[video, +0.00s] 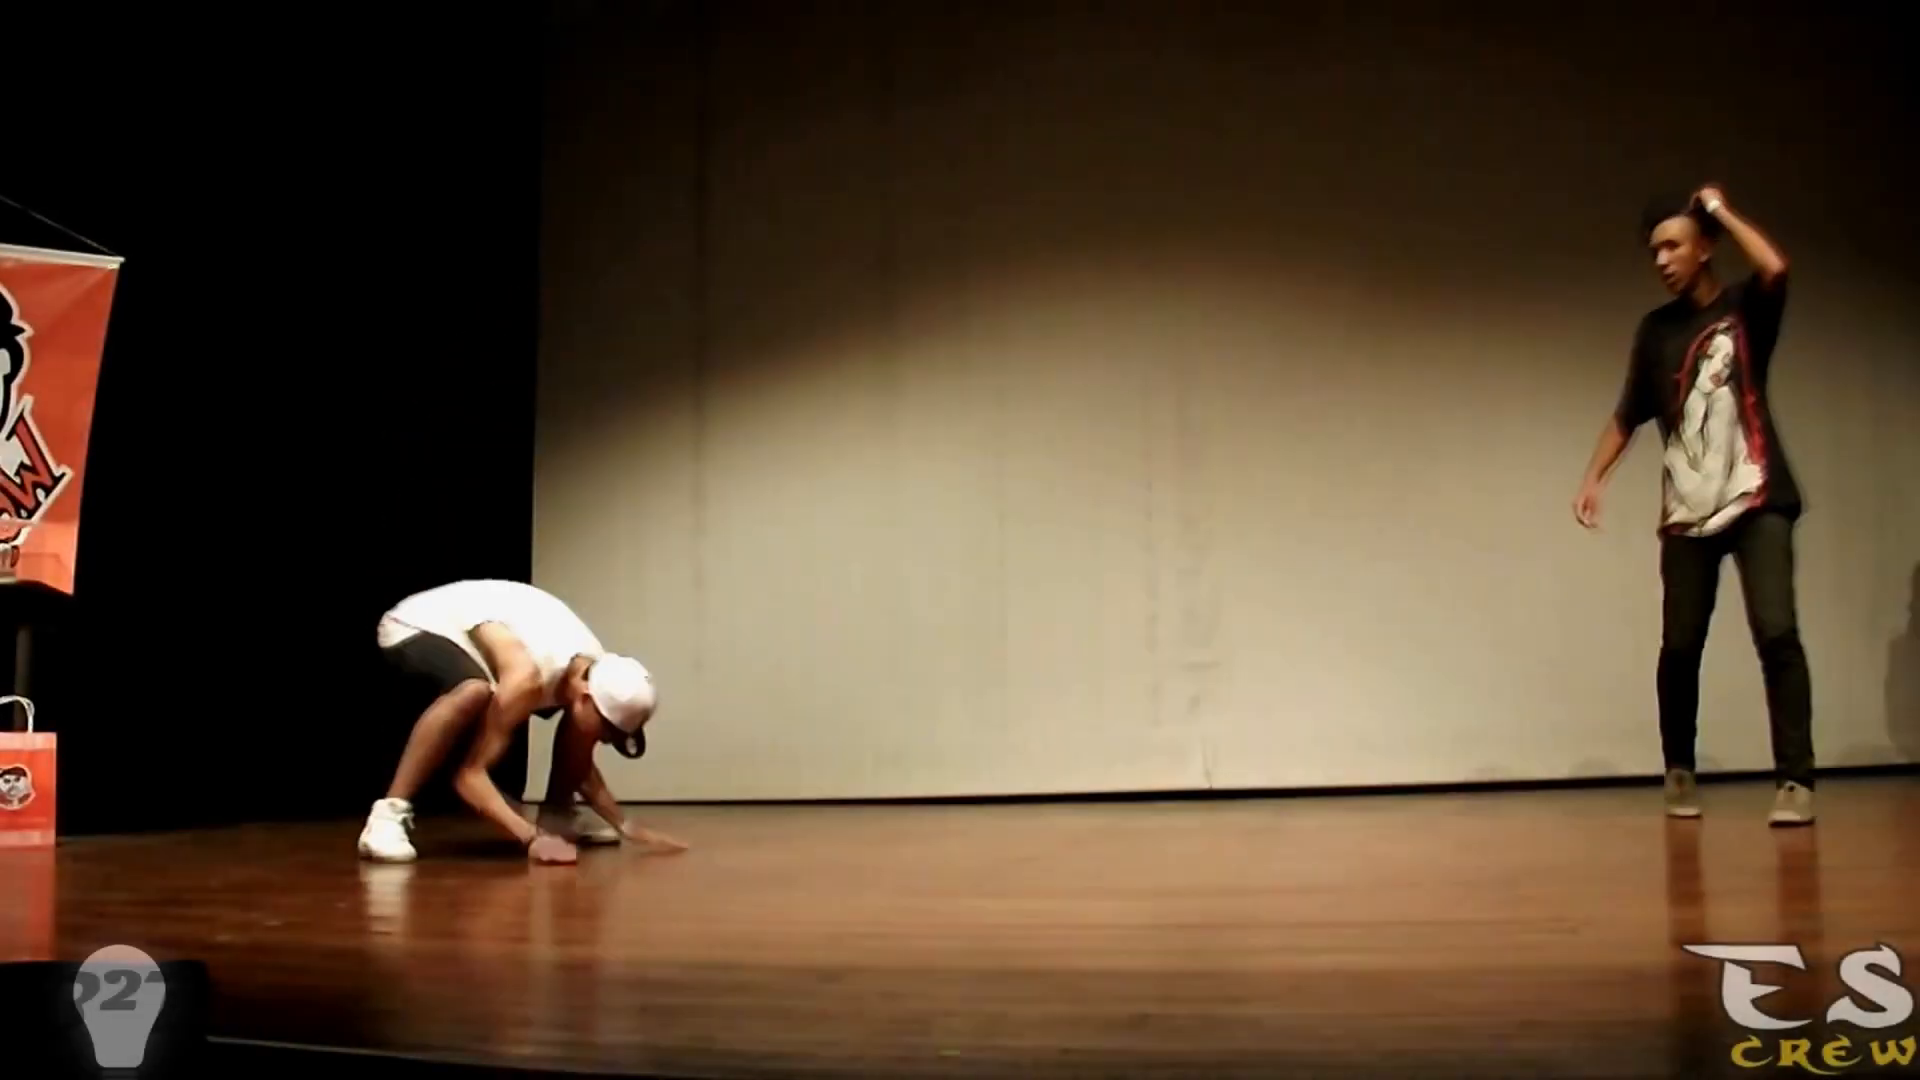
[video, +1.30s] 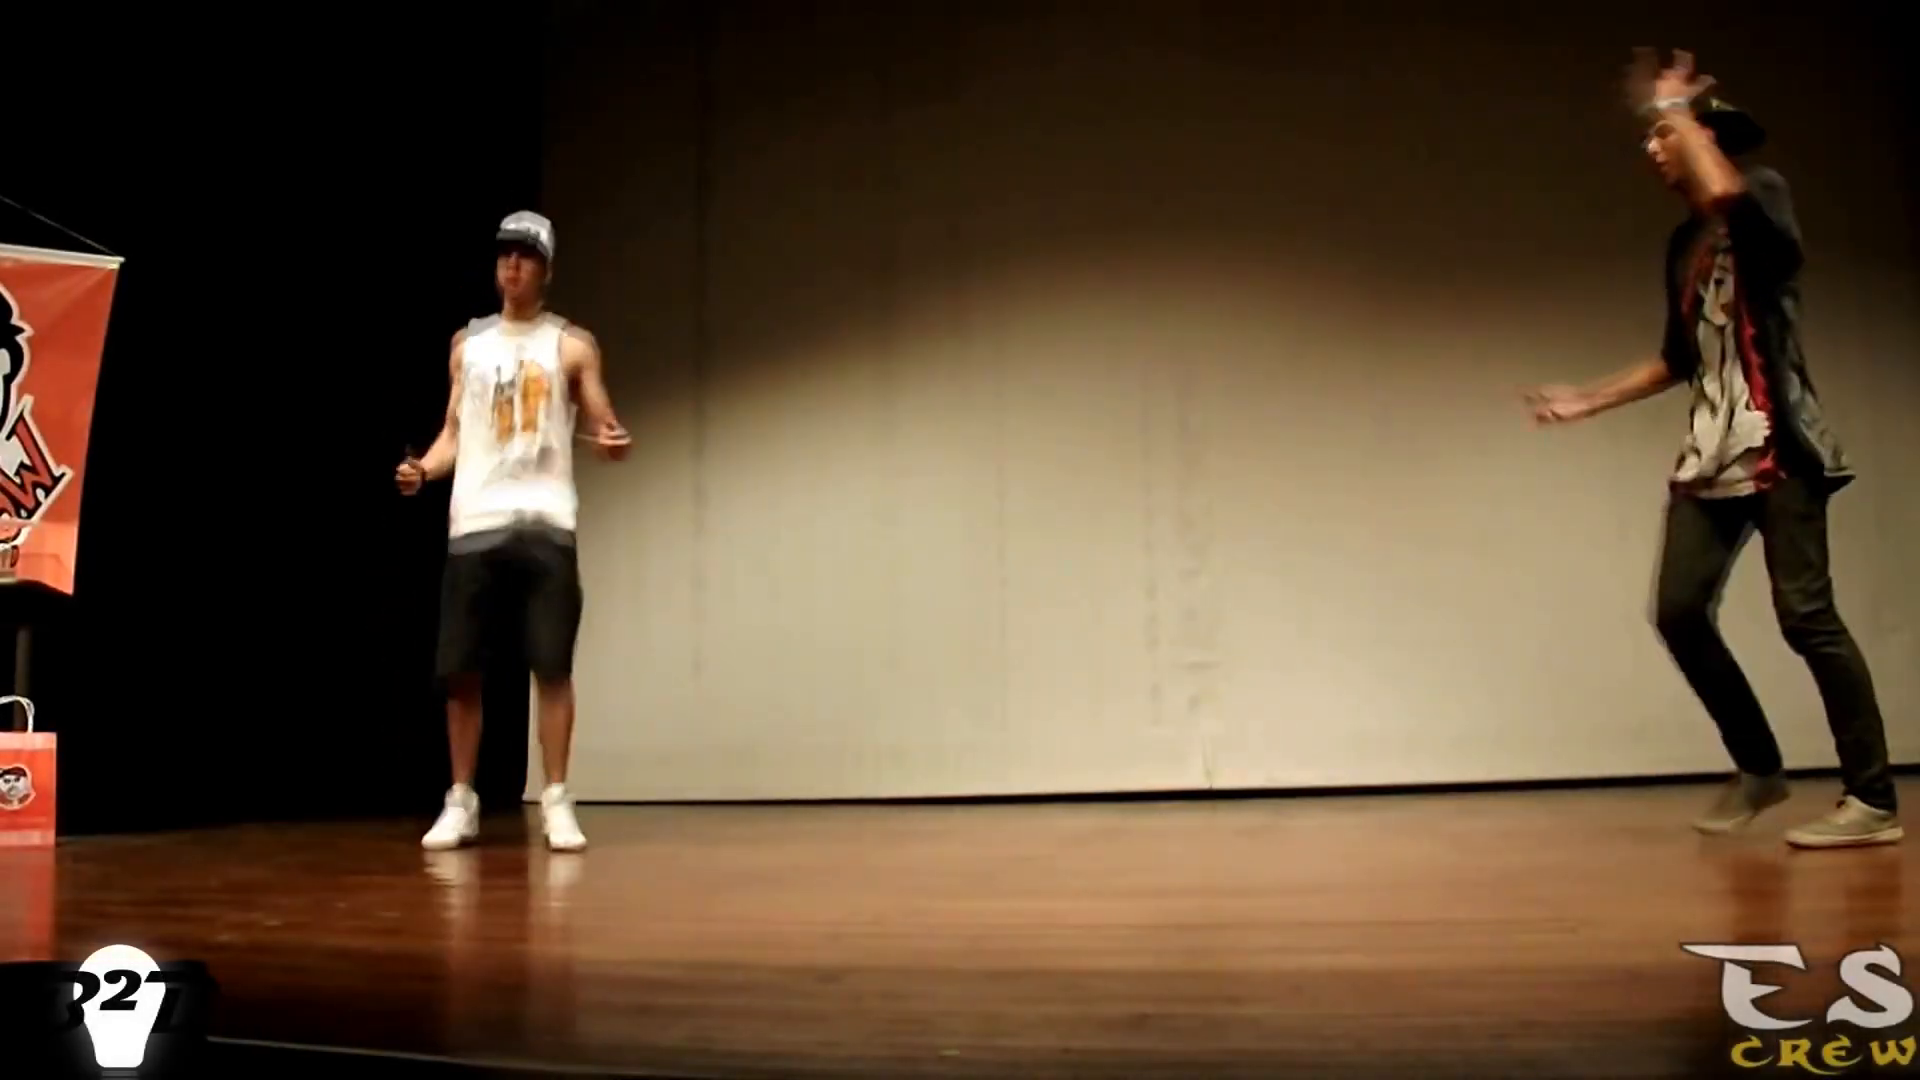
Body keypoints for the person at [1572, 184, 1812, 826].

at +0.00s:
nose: (1660, 259)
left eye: (1670, 246)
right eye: (1655, 250)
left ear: (1706, 247)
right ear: (1656, 258)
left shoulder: (1748, 308)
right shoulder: (1656, 329)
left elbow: (1774, 270)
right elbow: (1627, 415)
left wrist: (1726, 214)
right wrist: (1594, 478)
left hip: (1756, 497)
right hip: (1686, 508)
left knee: (1776, 634)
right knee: (1679, 645)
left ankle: (1795, 783)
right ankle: (1678, 773)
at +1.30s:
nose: (1653, 152)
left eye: (1664, 136)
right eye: (1649, 140)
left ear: (1707, 134)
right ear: (1658, 152)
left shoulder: (1765, 200)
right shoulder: (1683, 243)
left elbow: (1726, 192)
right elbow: (1677, 361)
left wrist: (1679, 112)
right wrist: (1585, 400)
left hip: (1782, 452)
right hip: (1710, 460)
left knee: (1808, 619)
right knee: (1679, 612)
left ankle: (1874, 798)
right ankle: (1761, 776)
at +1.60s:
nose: (1588, 158)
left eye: (1600, 143)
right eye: (1589, 146)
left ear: (1644, 143)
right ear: (1632, 152)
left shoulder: (1700, 193)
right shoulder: (1644, 238)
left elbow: (1603, 238)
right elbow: (1608, 343)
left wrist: (1473, 250)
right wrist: (1510, 368)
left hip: (1747, 447)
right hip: (1681, 454)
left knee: (1792, 619)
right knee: (1632, 610)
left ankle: (1872, 798)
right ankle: (1641, 805)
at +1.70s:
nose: (1545, 165)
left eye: (1558, 150)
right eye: (1546, 153)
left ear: (1602, 153)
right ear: (1589, 161)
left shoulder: (1661, 208)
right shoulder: (1614, 247)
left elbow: (1565, 276)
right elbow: (1573, 353)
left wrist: (1442, 301)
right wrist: (1479, 380)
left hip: (1717, 467)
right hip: (1650, 473)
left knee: (1757, 623)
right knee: (1609, 619)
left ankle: (1864, 788)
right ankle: (1637, 811)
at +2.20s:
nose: (1310, 445)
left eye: (1314, 428)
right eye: (1309, 430)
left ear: (1341, 421)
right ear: (1369, 413)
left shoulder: (1392, 445)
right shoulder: (1422, 465)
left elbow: (1323, 561)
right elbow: (1380, 602)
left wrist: (1217, 598)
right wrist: (1273, 618)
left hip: (1525, 576)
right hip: (1572, 583)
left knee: (1364, 636)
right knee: (1441, 718)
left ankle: (1322, 828)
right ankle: (1596, 791)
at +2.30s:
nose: (1271, 522)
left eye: (1274, 505)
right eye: (1271, 506)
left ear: (1298, 499)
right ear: (1334, 492)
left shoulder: (1345, 534)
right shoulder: (1384, 532)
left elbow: (1303, 672)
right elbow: (1368, 695)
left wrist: (1209, 725)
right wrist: (1284, 715)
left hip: (1487, 649)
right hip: (1532, 654)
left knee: (1314, 665)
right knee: (1404, 779)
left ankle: (1314, 825)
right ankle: (1564, 787)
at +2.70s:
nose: (1212, 542)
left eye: (1216, 527)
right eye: (1215, 527)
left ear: (1237, 532)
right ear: (1282, 527)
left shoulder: (1272, 575)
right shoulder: (1324, 565)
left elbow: (1269, 720)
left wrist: (1225, 838)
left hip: (1398, 720)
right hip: (1449, 726)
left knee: (1235, 655)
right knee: (1332, 819)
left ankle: (1306, 825)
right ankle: (1474, 809)